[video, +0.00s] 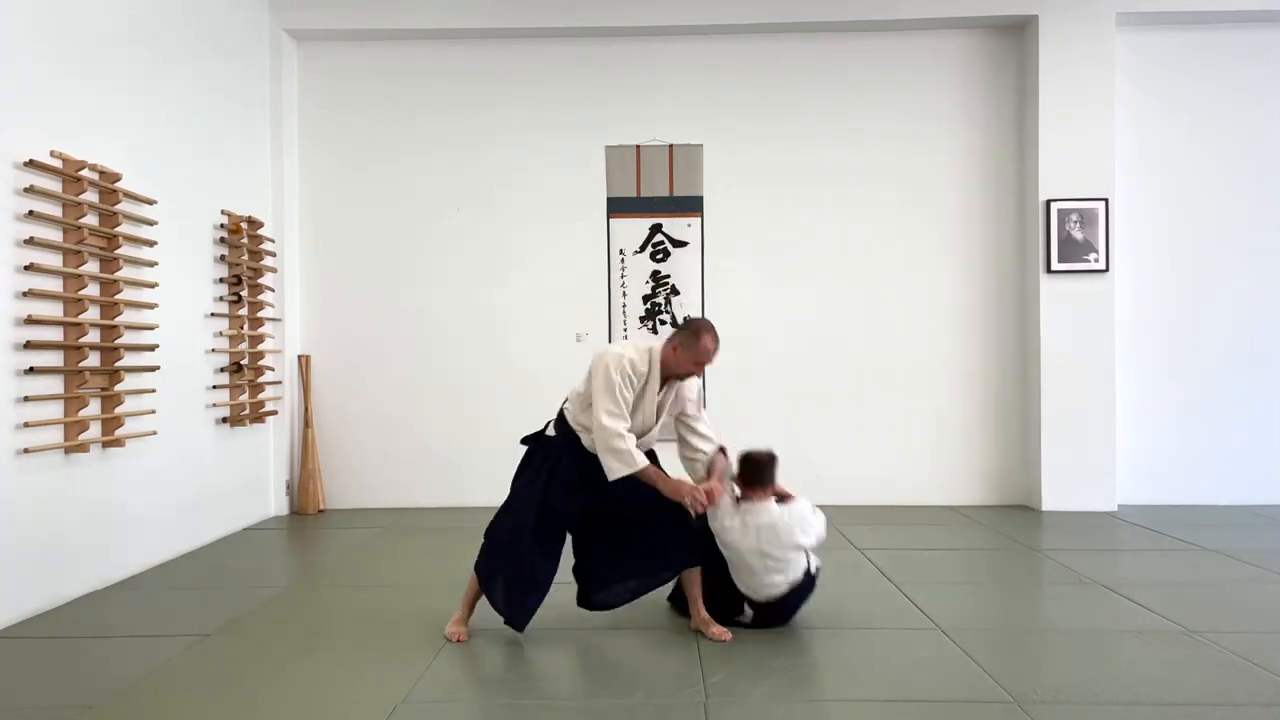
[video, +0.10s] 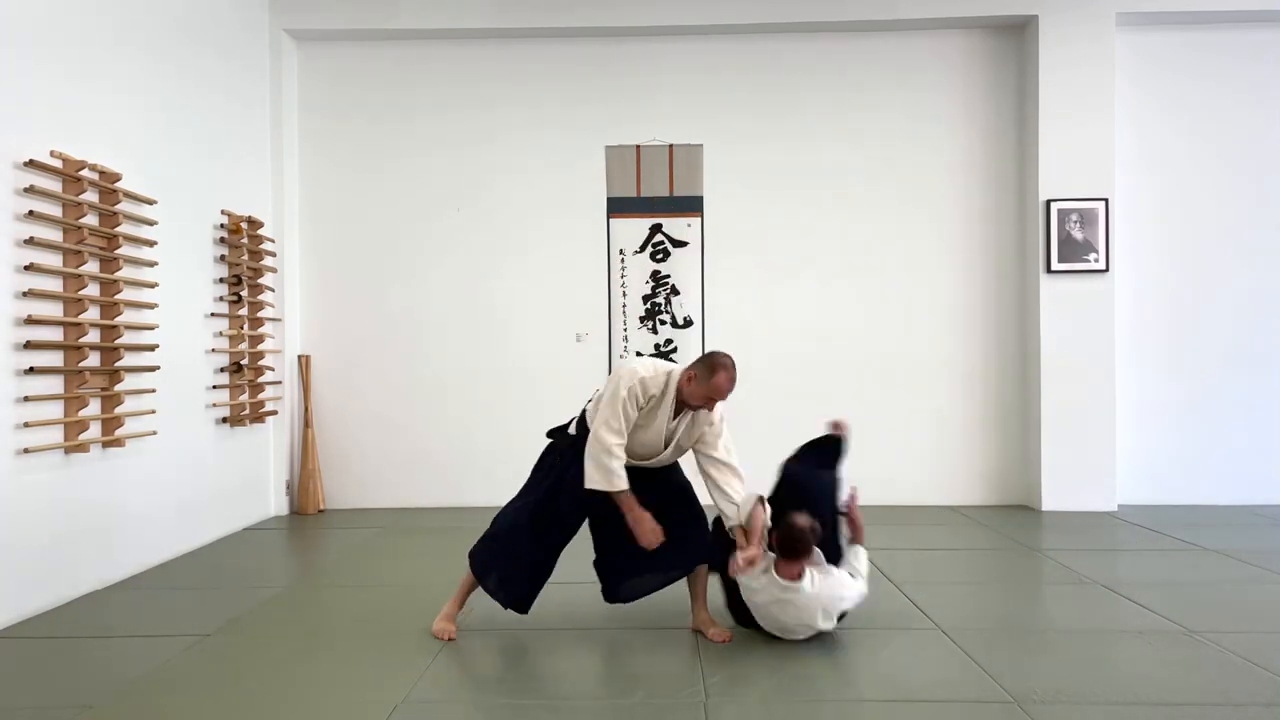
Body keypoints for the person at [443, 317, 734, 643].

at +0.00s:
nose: (701, 372)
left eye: (705, 366)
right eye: (699, 364)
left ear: (681, 353)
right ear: (674, 347)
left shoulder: (682, 384)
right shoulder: (616, 362)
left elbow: (697, 443)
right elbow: (612, 437)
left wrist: (713, 475)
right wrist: (669, 485)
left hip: (628, 454)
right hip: (571, 446)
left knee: (683, 517)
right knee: (515, 522)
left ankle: (699, 613)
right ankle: (463, 613)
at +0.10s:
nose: (713, 407)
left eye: (720, 401)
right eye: (711, 397)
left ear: (718, 393)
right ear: (689, 378)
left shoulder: (704, 411)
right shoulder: (635, 381)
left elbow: (723, 470)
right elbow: (605, 446)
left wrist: (749, 533)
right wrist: (634, 515)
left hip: (652, 464)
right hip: (590, 449)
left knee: (695, 528)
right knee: (522, 521)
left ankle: (700, 614)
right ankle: (454, 606)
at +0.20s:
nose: (713, 425)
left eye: (719, 420)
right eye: (711, 416)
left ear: (722, 410)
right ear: (692, 394)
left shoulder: (712, 423)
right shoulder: (641, 389)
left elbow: (727, 479)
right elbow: (590, 440)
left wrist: (750, 541)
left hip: (665, 474)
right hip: (602, 460)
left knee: (702, 534)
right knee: (530, 522)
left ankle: (702, 615)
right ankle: (469, 601)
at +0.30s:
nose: (707, 414)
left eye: (712, 408)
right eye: (703, 405)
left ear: (716, 399)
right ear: (682, 385)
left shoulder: (708, 418)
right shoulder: (632, 386)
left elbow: (726, 476)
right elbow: (580, 428)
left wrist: (747, 542)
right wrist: (549, 487)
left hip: (667, 472)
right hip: (606, 461)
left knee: (703, 534)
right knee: (547, 520)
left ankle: (703, 617)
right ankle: (487, 598)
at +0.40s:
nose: (682, 385)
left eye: (688, 378)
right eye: (677, 376)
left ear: (695, 373)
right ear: (657, 358)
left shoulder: (692, 401)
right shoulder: (613, 371)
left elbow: (715, 464)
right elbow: (570, 417)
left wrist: (734, 528)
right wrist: (535, 469)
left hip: (657, 464)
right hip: (597, 456)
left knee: (691, 528)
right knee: (548, 519)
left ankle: (700, 613)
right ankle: (507, 588)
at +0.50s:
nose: (657, 348)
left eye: (664, 342)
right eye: (651, 339)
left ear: (670, 338)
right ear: (631, 327)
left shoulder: (665, 370)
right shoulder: (589, 354)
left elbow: (691, 428)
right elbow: (549, 408)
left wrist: (704, 492)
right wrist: (529, 472)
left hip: (634, 456)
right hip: (580, 453)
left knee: (676, 521)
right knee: (541, 520)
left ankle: (698, 611)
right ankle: (519, 586)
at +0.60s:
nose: (636, 317)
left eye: (642, 310)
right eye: (631, 308)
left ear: (644, 309)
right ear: (609, 299)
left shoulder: (642, 347)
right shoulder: (566, 339)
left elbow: (661, 401)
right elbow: (536, 398)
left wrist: (666, 457)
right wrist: (537, 463)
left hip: (611, 440)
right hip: (562, 437)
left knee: (649, 502)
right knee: (538, 511)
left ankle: (679, 602)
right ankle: (520, 591)